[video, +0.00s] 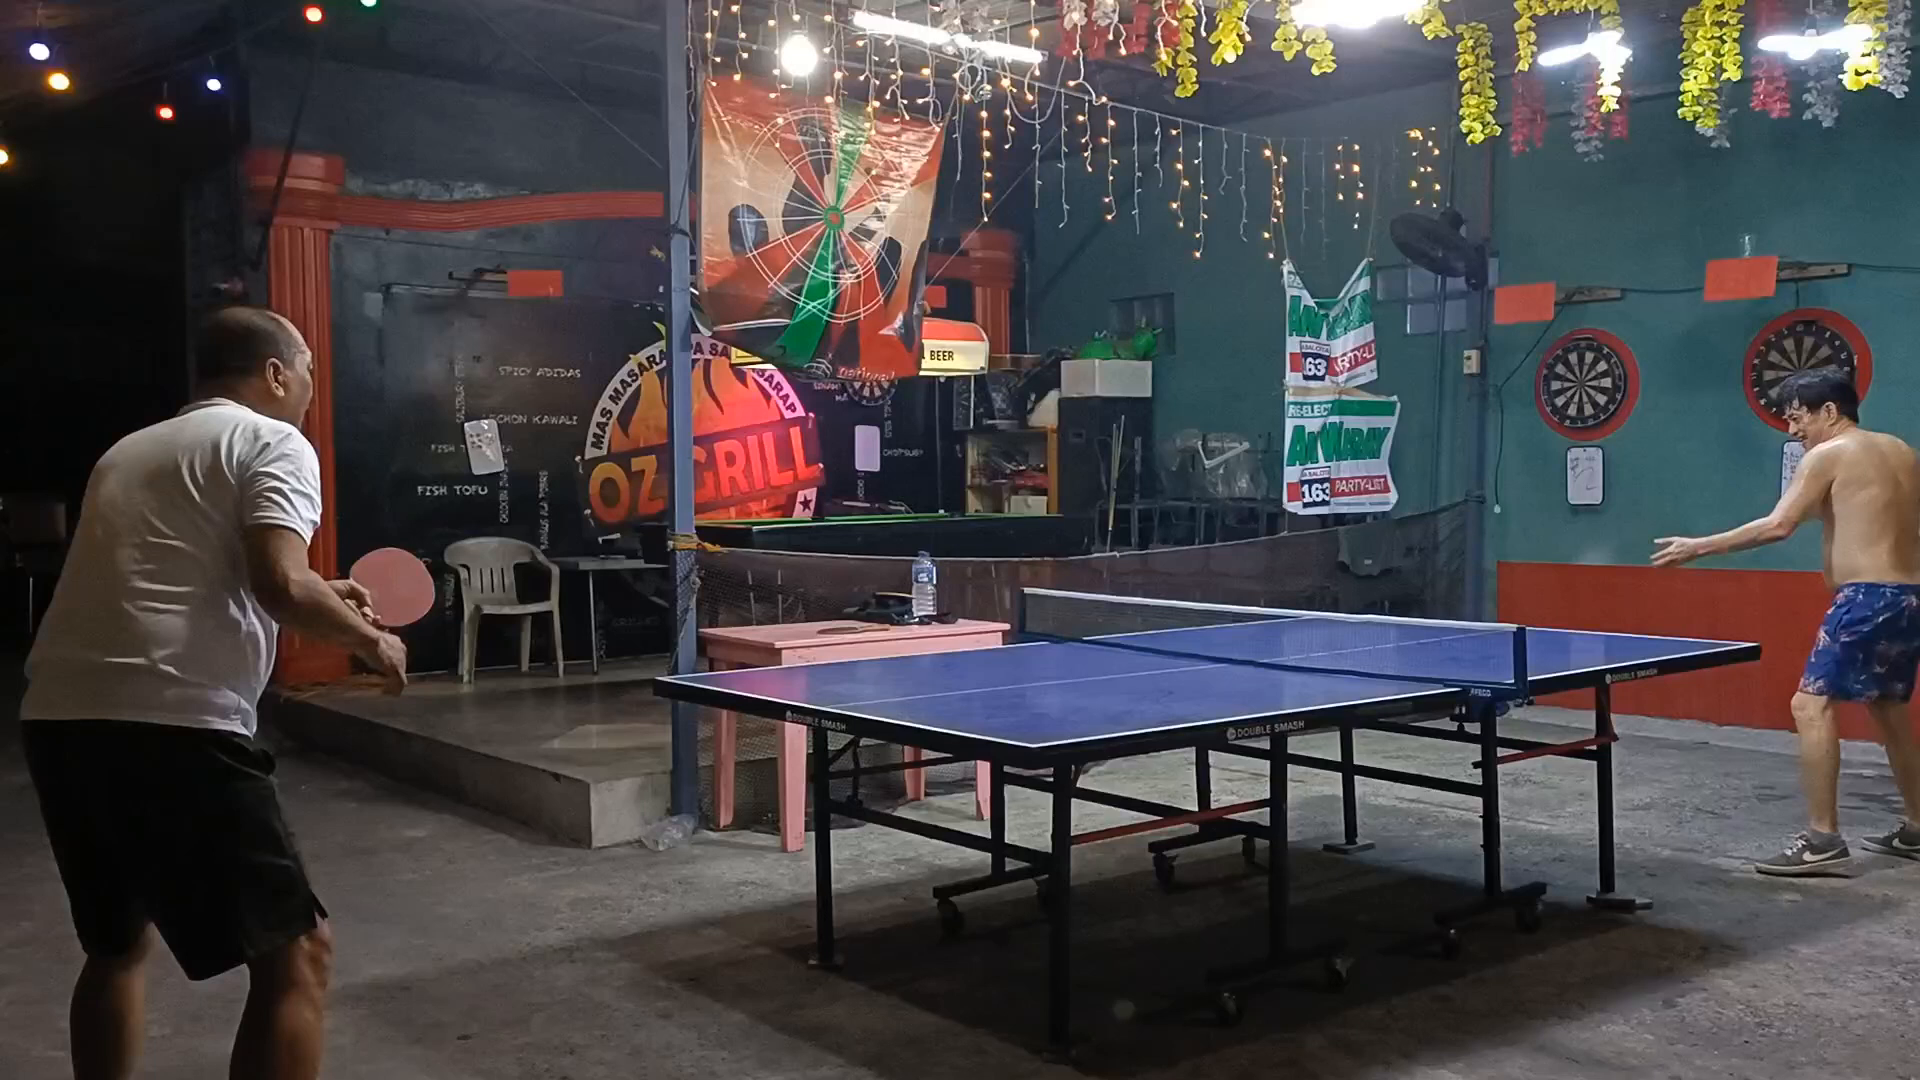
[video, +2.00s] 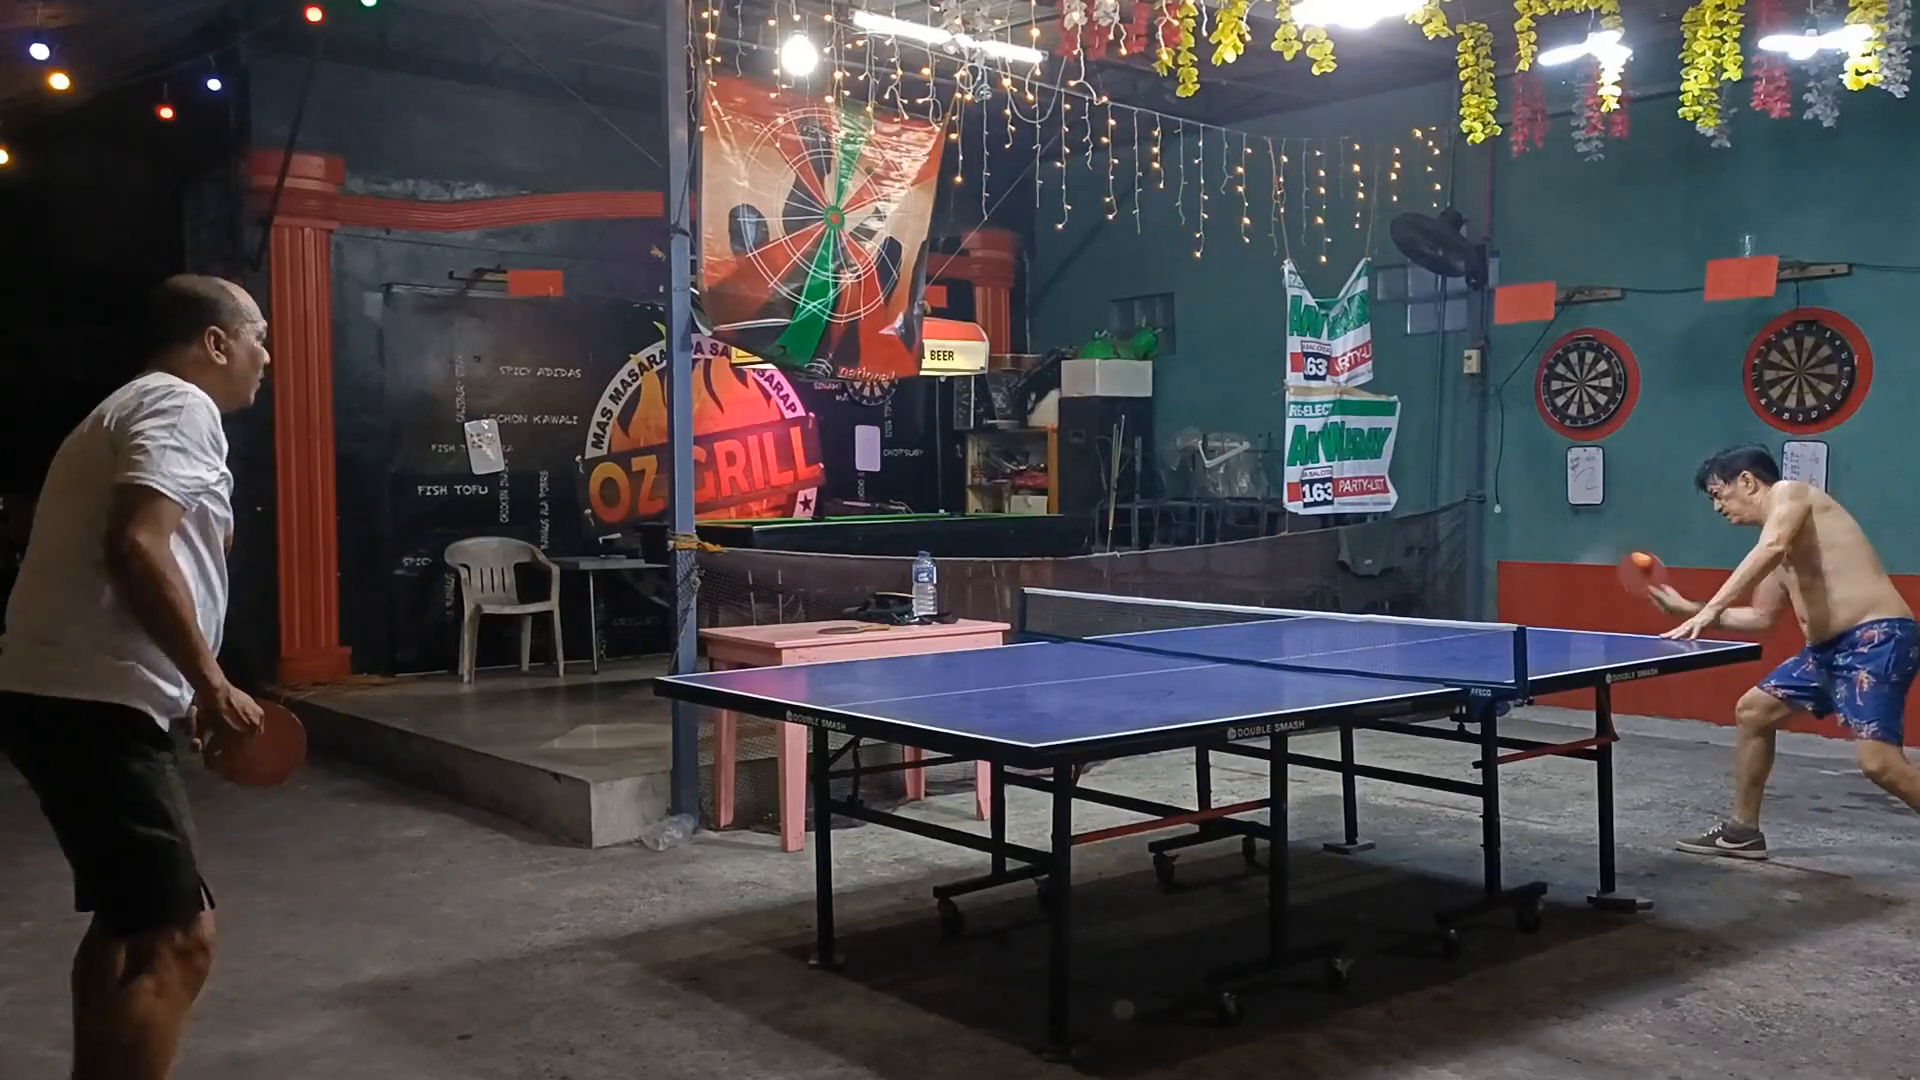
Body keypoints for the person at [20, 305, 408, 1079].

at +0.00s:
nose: (308, 392)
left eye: (308, 376)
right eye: (305, 375)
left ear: (209, 376)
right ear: (277, 372)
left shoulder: (122, 451)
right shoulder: (272, 442)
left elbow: (174, 578)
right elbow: (285, 581)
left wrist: (317, 593)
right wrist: (367, 638)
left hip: (59, 719)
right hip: (183, 725)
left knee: (115, 946)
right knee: (296, 951)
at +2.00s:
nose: (264, 363)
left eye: (265, 346)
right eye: (259, 344)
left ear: (189, 343)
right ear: (216, 343)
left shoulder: (123, 408)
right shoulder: (178, 405)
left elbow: (104, 577)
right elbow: (136, 547)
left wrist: (192, 701)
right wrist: (211, 681)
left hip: (55, 695)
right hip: (99, 701)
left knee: (125, 924)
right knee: (179, 939)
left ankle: (94, 1070)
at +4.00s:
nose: (428, 482)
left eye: (426, 472)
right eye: (427, 472)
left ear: (357, 477)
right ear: (414, 470)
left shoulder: (322, 544)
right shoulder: (397, 506)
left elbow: (322, 646)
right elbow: (398, 566)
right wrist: (471, 640)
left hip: (287, 755)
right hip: (363, 748)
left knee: (377, 856)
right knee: (388, 947)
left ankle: (398, 983)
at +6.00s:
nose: (250, 433)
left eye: (248, 416)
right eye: (241, 415)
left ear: (190, 429)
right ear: (189, 426)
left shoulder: (163, 521)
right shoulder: (93, 509)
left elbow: (141, 677)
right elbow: (18, 654)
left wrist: (196, 760)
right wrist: (75, 821)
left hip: (124, 806)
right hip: (36, 816)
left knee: (196, 942)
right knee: (65, 1036)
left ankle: (125, 1075)